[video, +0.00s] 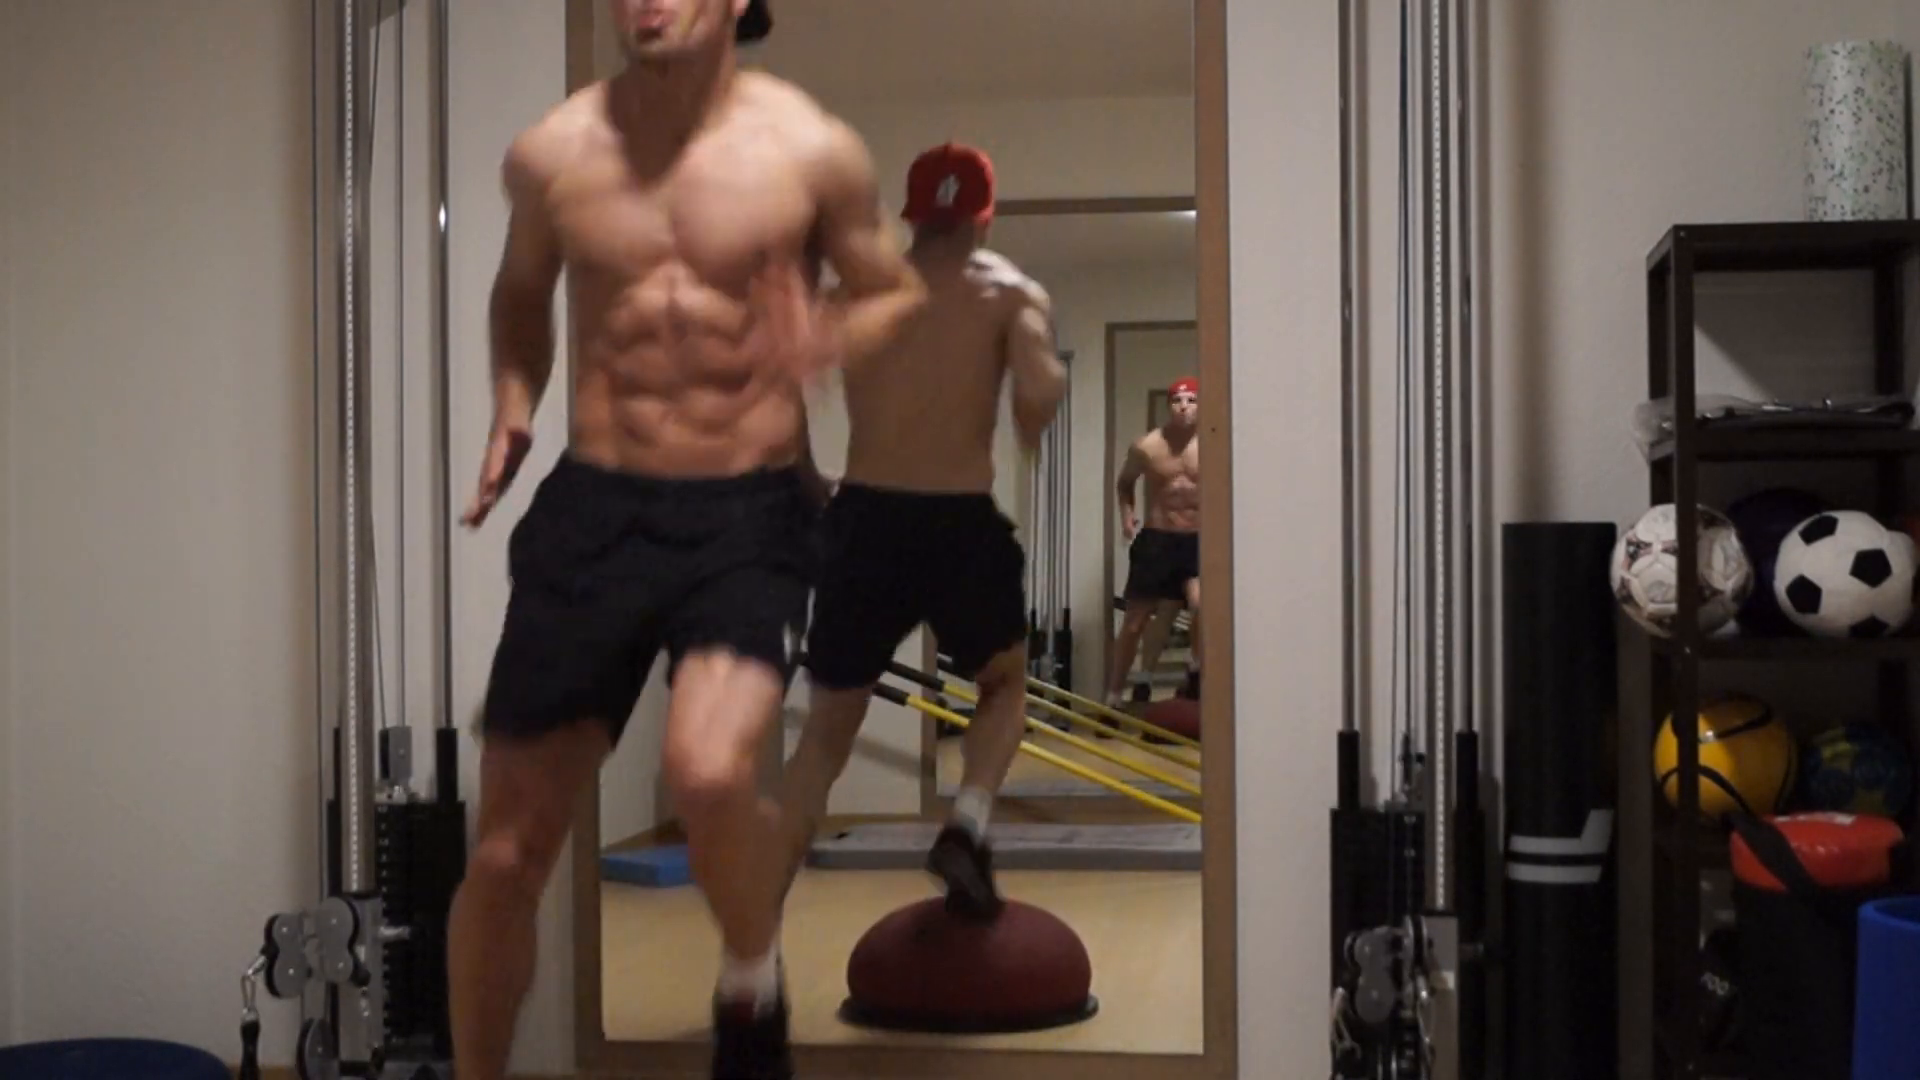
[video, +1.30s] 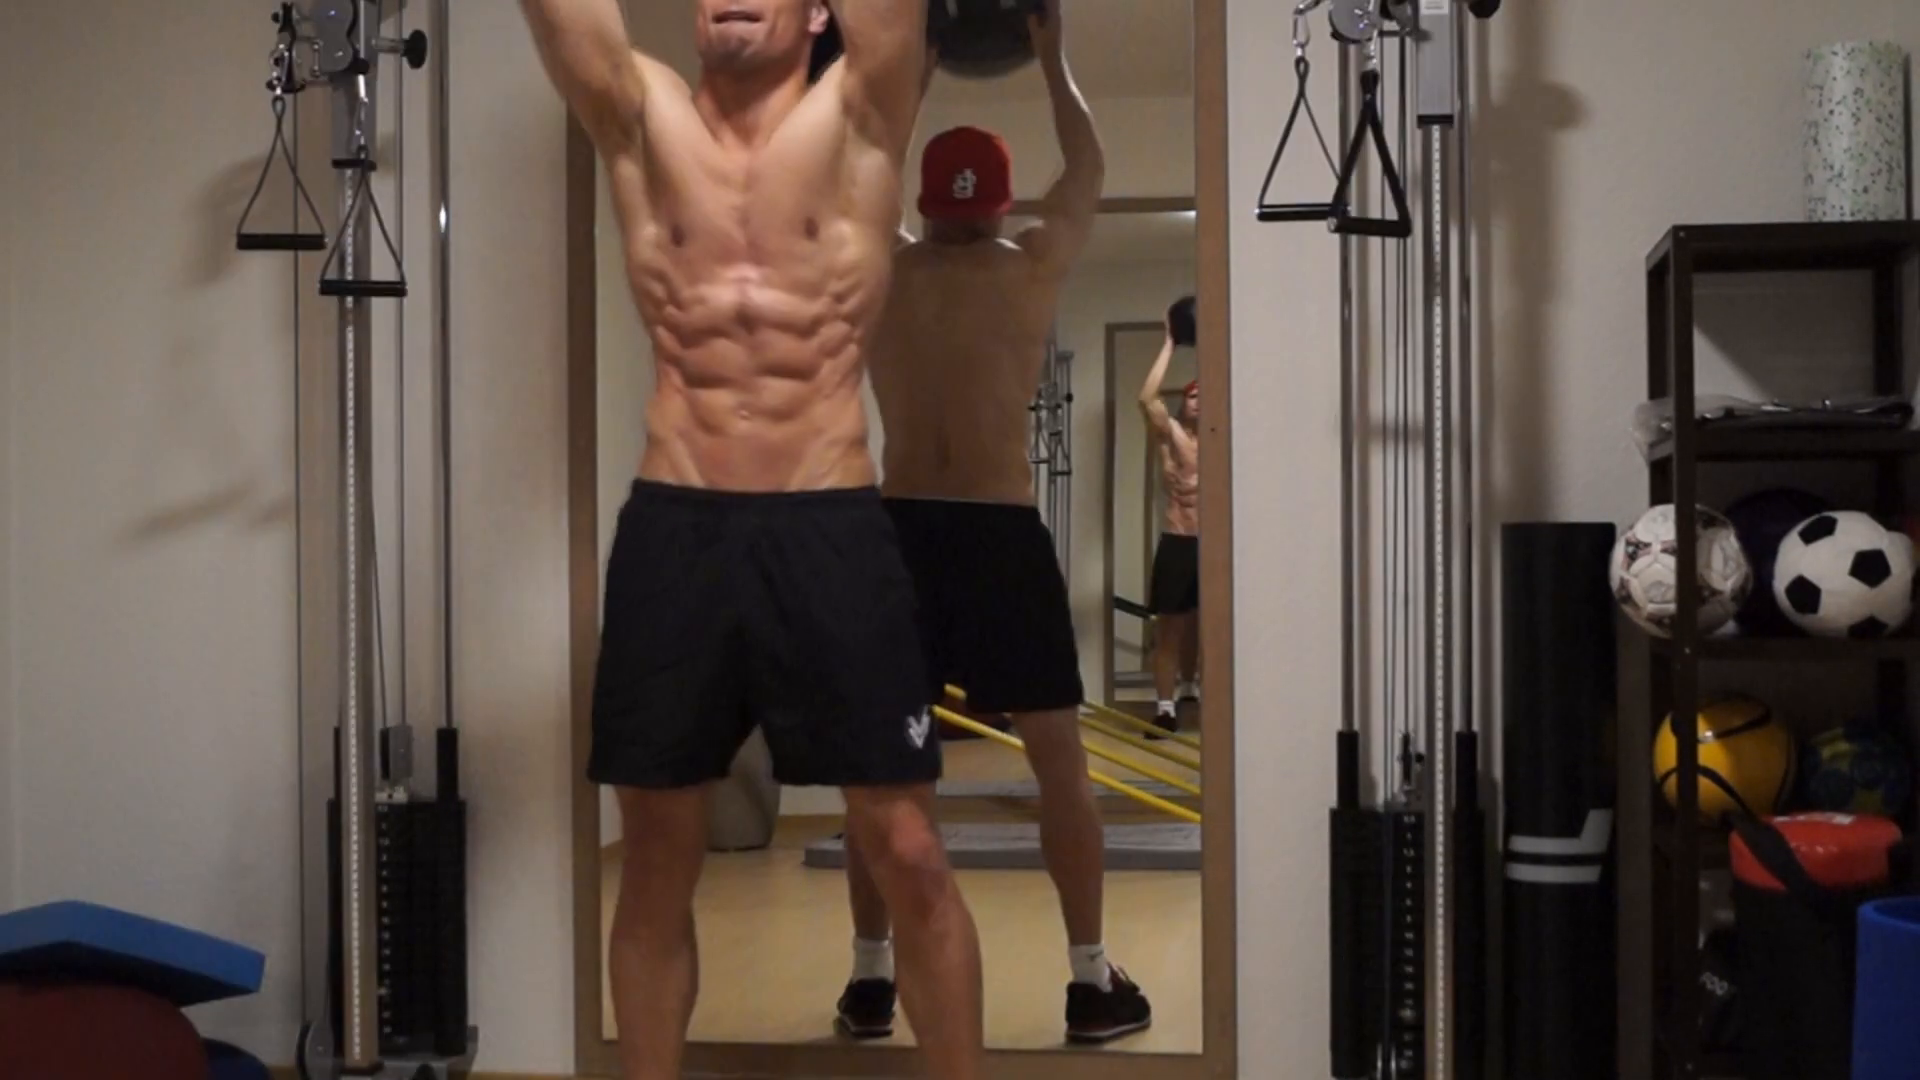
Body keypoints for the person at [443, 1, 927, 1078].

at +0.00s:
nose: (651, 3)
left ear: (735, 10)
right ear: (614, 10)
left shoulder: (814, 147)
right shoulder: (553, 153)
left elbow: (896, 289)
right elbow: (523, 294)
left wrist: (829, 334)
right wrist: (513, 405)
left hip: (752, 518)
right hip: (593, 515)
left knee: (708, 774)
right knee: (503, 856)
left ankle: (750, 986)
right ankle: (475, 1072)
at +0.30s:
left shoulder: (827, 104)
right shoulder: (572, 118)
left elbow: (906, 273)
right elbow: (503, 254)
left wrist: (824, 286)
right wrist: (507, 390)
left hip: (785, 474)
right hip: (627, 469)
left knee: (777, 757)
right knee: (554, 735)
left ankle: (773, 1026)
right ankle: (611, 958)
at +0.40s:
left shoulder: (853, 96)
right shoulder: (585, 107)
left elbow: (937, 216)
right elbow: (546, 271)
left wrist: (917, 338)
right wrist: (596, 359)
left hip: (817, 440)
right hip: (660, 458)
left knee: (865, 706)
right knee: (661, 774)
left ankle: (889, 959)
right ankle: (719, 1044)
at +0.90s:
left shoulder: (838, 62)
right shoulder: (578, 69)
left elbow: (934, 177)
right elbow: (551, 227)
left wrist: (898, 289)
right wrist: (577, 308)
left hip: (790, 406)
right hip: (644, 412)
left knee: (747, 691)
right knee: (576, 690)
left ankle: (800, 962)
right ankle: (667, 969)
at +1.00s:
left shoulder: (805, 67)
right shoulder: (563, 73)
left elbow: (895, 245)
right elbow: (541, 206)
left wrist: (771, 239)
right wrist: (522, 337)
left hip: (747, 435)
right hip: (599, 422)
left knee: (690, 760)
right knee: (489, 705)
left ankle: (735, 1046)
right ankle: (526, 970)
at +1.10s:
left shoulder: (789, 87)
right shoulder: (544, 89)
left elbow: (869, 276)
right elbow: (515, 203)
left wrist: (753, 220)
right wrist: (498, 326)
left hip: (723, 466)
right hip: (572, 458)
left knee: (672, 765)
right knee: (490, 782)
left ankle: (728, 1034)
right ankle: (475, 1061)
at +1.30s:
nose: (729, 3)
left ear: (811, 18)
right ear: (693, 20)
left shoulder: (864, 111)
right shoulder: (636, 111)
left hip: (831, 528)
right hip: (672, 529)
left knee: (908, 857)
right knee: (655, 855)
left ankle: (956, 1069)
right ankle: (648, 1074)